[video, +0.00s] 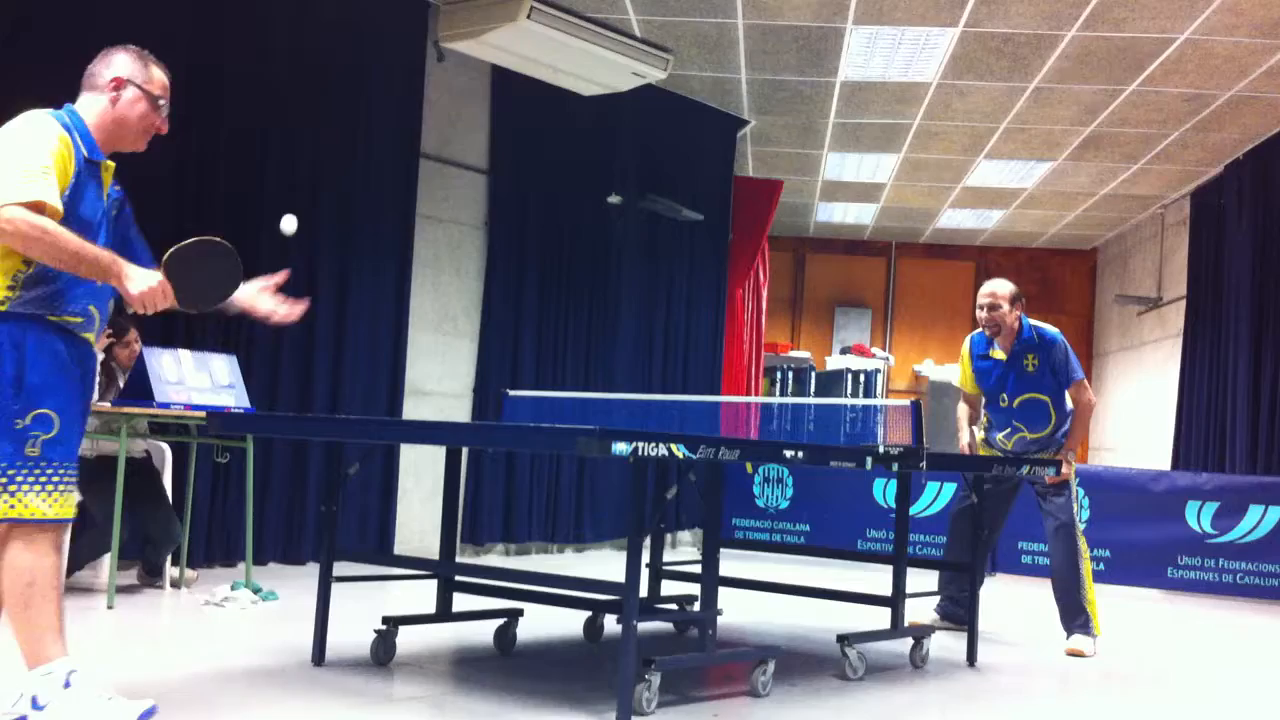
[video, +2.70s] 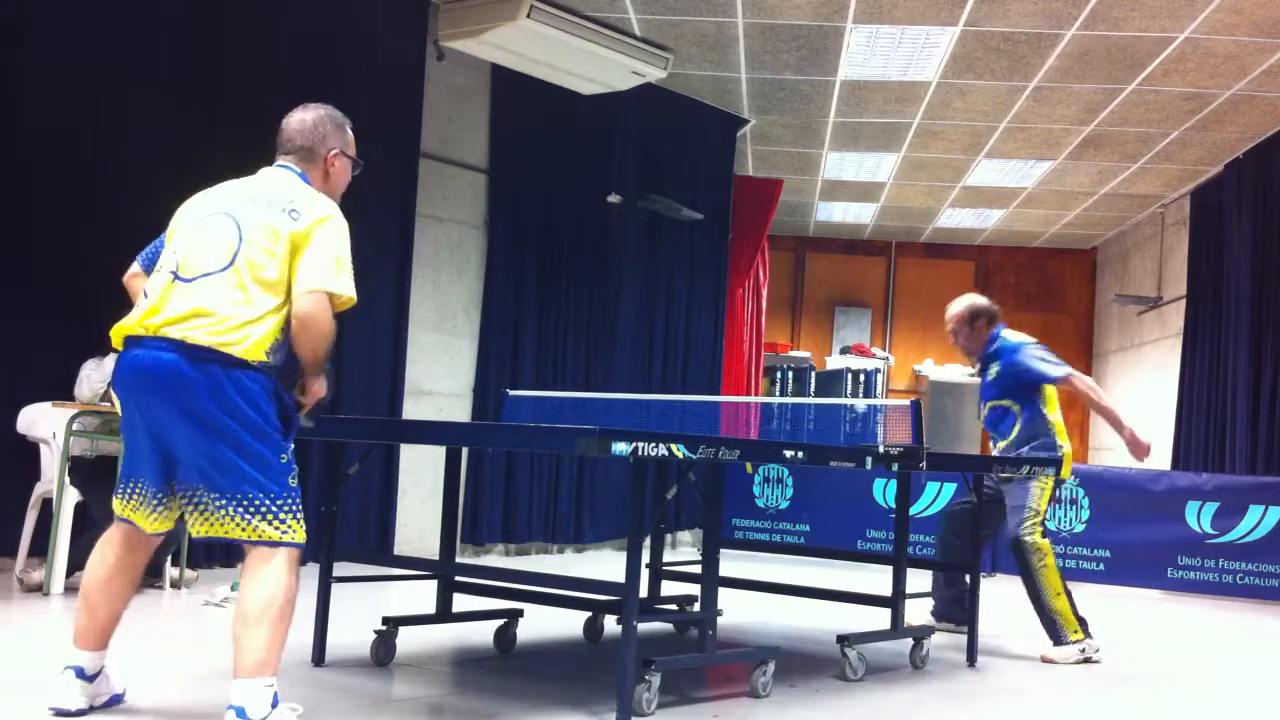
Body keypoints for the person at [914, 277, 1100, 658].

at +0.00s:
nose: (985, 315)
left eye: (994, 308)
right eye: (980, 309)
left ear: (1016, 310)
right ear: (975, 312)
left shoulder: (1048, 340)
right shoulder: (974, 346)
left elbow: (1084, 400)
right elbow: (968, 400)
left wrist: (1068, 452)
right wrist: (965, 435)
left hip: (1048, 452)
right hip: (996, 450)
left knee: (1064, 531)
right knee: (966, 520)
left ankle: (1080, 630)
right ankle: (955, 611)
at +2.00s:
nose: (973, 313)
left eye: (980, 305)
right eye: (967, 307)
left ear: (1003, 304)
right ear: (964, 310)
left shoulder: (1037, 336)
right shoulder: (970, 345)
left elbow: (1077, 397)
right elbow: (970, 400)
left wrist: (1054, 445)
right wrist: (957, 430)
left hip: (1040, 453)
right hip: (993, 453)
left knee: (1057, 533)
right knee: (958, 522)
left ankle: (1080, 632)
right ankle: (955, 614)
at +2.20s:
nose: (958, 321)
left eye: (966, 312)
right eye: (954, 315)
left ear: (990, 310)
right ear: (953, 316)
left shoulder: (1023, 339)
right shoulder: (962, 349)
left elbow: (1062, 396)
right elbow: (962, 404)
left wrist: (1025, 434)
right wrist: (940, 425)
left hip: (1038, 453)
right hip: (994, 452)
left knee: (1043, 529)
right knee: (955, 523)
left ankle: (1075, 631)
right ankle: (954, 613)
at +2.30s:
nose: (958, 330)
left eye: (965, 321)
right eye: (953, 323)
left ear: (989, 317)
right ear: (951, 324)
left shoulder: (1017, 344)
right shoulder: (971, 354)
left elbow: (1038, 400)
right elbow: (966, 414)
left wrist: (986, 420)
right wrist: (929, 443)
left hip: (1044, 455)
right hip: (1006, 456)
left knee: (1042, 530)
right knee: (960, 519)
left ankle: (1078, 640)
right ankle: (954, 615)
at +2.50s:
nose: (944, 352)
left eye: (947, 343)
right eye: (941, 345)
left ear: (970, 336)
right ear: (972, 337)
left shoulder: (989, 356)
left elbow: (1004, 364)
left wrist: (1010, 366)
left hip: (1044, 462)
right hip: (1014, 463)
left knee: (1018, 538)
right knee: (965, 518)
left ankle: (1074, 639)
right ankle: (954, 615)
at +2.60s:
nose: (943, 354)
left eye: (946, 345)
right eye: (941, 347)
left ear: (968, 338)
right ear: (967, 339)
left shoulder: (996, 361)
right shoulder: (984, 363)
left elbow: (1043, 372)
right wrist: (1091, 437)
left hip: (1041, 465)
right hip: (1009, 466)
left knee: (1018, 540)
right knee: (962, 519)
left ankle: (1074, 639)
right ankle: (953, 615)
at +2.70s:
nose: (954, 342)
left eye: (956, 333)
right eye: (952, 334)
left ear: (979, 327)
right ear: (974, 329)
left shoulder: (1018, 352)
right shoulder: (989, 360)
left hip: (1038, 463)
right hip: (1005, 464)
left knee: (1026, 536)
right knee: (956, 522)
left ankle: (1076, 640)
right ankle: (952, 614)